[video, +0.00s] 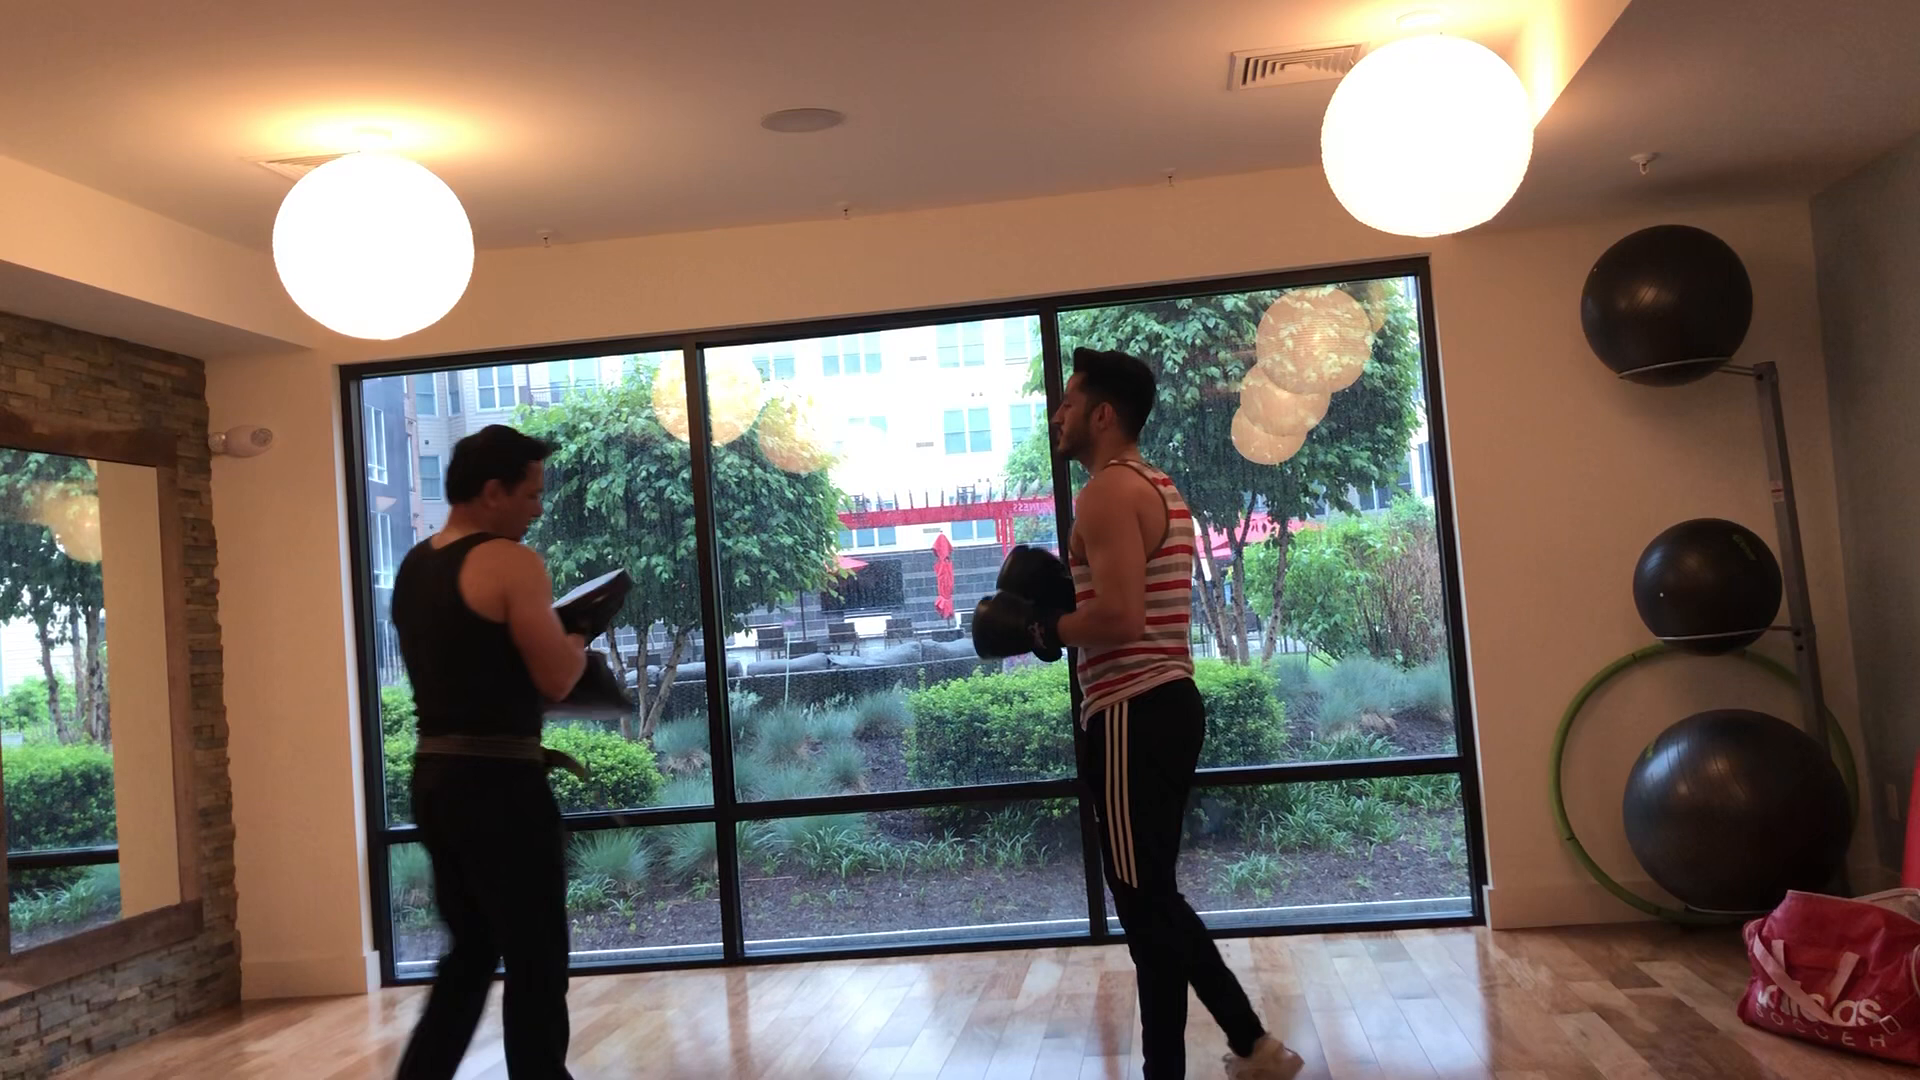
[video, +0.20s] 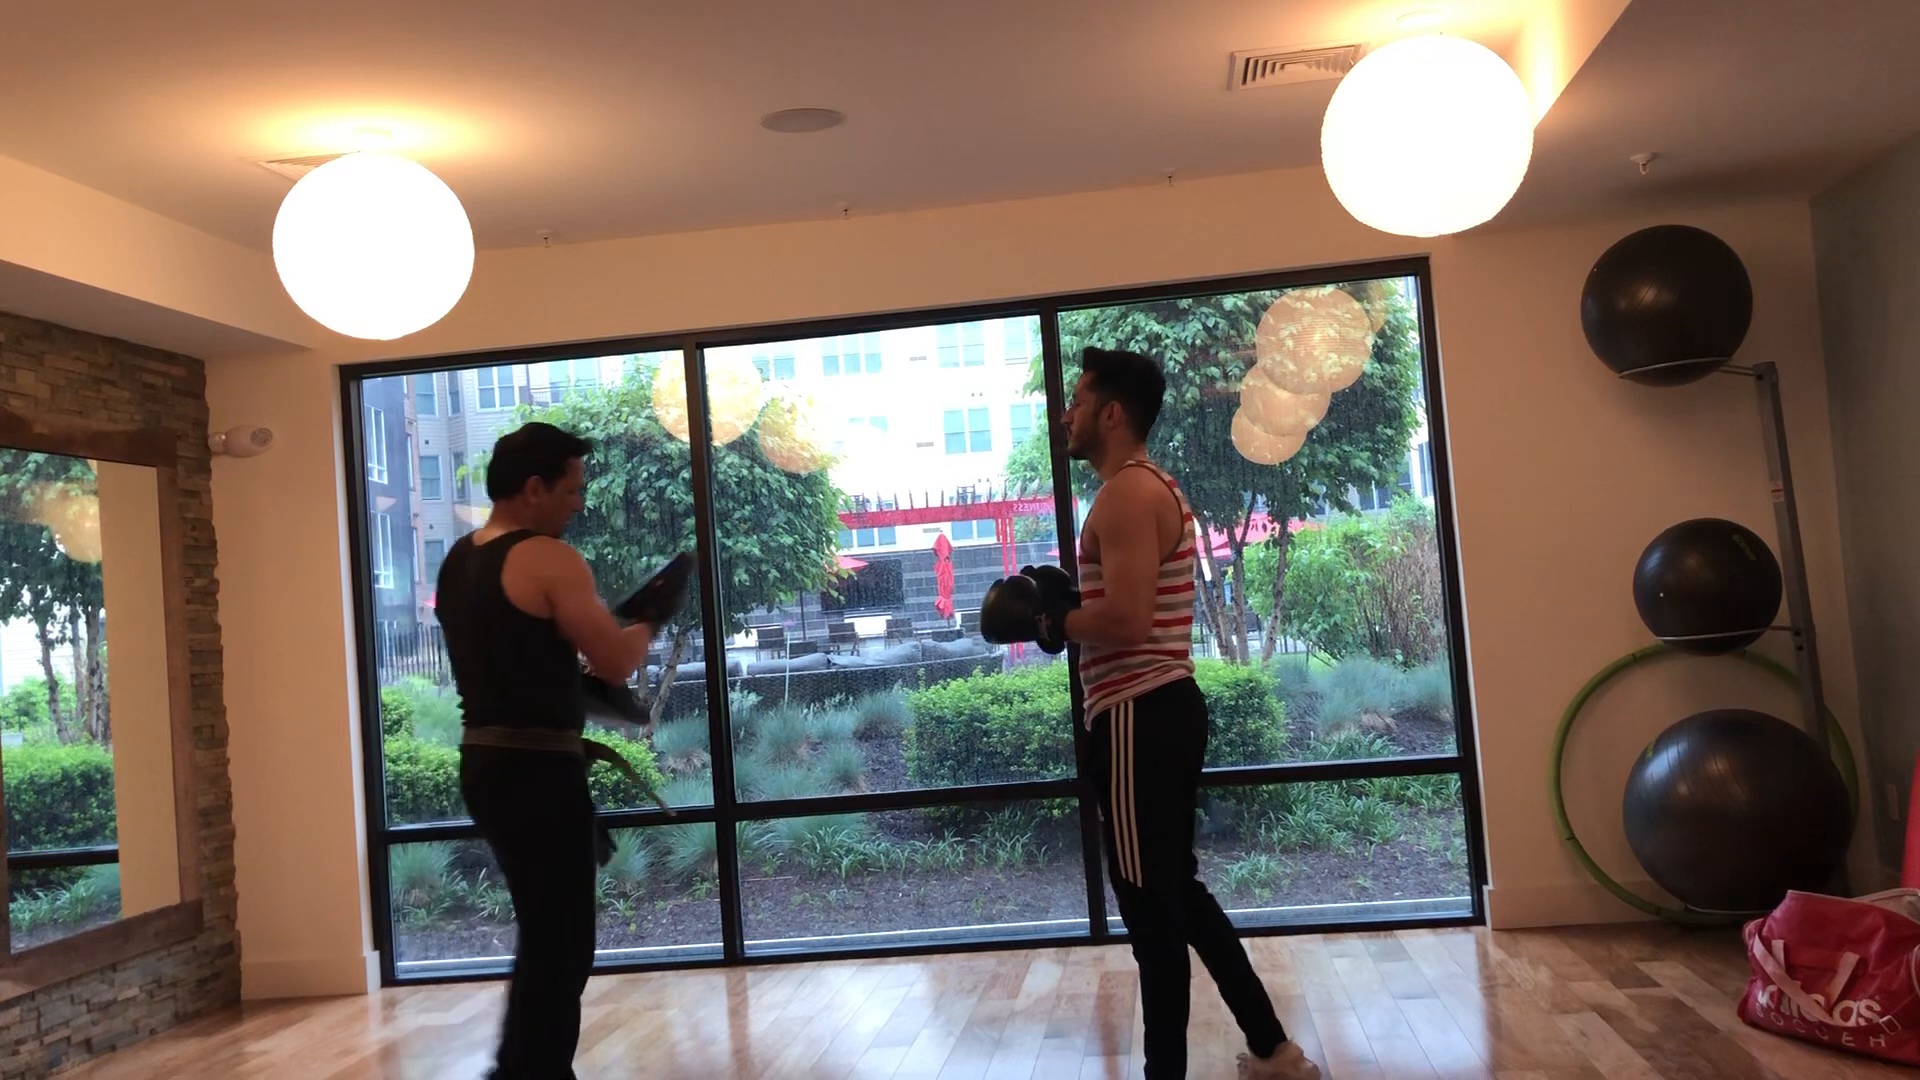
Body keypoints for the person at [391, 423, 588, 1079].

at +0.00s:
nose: (540, 508)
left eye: (541, 493)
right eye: (534, 493)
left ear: (472, 491)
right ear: (492, 492)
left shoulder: (416, 564)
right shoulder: (514, 565)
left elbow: (457, 666)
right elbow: (557, 678)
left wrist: (548, 634)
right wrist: (576, 638)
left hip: (437, 782)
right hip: (504, 784)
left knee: (472, 948)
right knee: (538, 961)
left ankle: (418, 1075)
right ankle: (541, 1075)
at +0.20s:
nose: (581, 504)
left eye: (581, 490)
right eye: (574, 490)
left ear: (518, 490)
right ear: (534, 490)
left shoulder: (462, 559)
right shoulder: (550, 560)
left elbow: (503, 663)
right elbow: (616, 661)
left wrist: (588, 681)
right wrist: (650, 616)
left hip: (488, 769)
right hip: (541, 772)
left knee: (543, 936)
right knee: (563, 944)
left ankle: (521, 1065)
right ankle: (538, 1070)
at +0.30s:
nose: (590, 502)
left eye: (591, 488)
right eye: (583, 488)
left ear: (532, 490)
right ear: (545, 490)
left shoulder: (474, 561)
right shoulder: (561, 559)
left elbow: (509, 667)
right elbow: (638, 653)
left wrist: (596, 683)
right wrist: (675, 613)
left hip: (501, 770)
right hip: (551, 772)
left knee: (555, 948)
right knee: (570, 953)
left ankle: (548, 1069)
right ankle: (548, 1072)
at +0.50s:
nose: (629, 500)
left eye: (628, 486)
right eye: (621, 487)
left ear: (570, 495)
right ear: (584, 495)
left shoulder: (519, 566)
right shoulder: (592, 565)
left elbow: (575, 663)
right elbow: (667, 657)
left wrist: (663, 638)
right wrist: (705, 619)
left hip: (544, 770)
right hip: (589, 772)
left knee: (600, 941)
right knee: (597, 946)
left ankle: (638, 1071)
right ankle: (559, 1073)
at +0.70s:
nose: (652, 491)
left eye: (649, 478)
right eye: (642, 480)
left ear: (596, 491)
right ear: (603, 489)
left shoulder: (565, 556)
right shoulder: (601, 556)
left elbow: (628, 649)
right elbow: (674, 647)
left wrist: (704, 624)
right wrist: (734, 615)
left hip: (582, 761)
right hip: (615, 765)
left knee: (610, 916)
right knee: (668, 916)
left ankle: (634, 1065)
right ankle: (603, 1066)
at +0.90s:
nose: (669, 485)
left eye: (667, 472)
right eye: (654, 473)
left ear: (614, 487)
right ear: (609, 485)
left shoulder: (598, 551)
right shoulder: (616, 551)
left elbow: (648, 651)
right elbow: (661, 648)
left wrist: (720, 657)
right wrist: (722, 623)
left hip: (610, 755)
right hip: (634, 759)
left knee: (630, 914)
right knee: (688, 910)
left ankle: (634, 1060)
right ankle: (672, 1064)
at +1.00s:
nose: (674, 482)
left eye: (672, 470)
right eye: (657, 472)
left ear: (630, 488)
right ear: (615, 488)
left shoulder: (613, 551)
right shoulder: (626, 551)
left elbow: (660, 646)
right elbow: (668, 651)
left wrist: (725, 641)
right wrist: (717, 624)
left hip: (631, 756)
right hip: (644, 758)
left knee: (639, 915)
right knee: (682, 914)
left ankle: (636, 1065)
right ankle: (697, 1064)